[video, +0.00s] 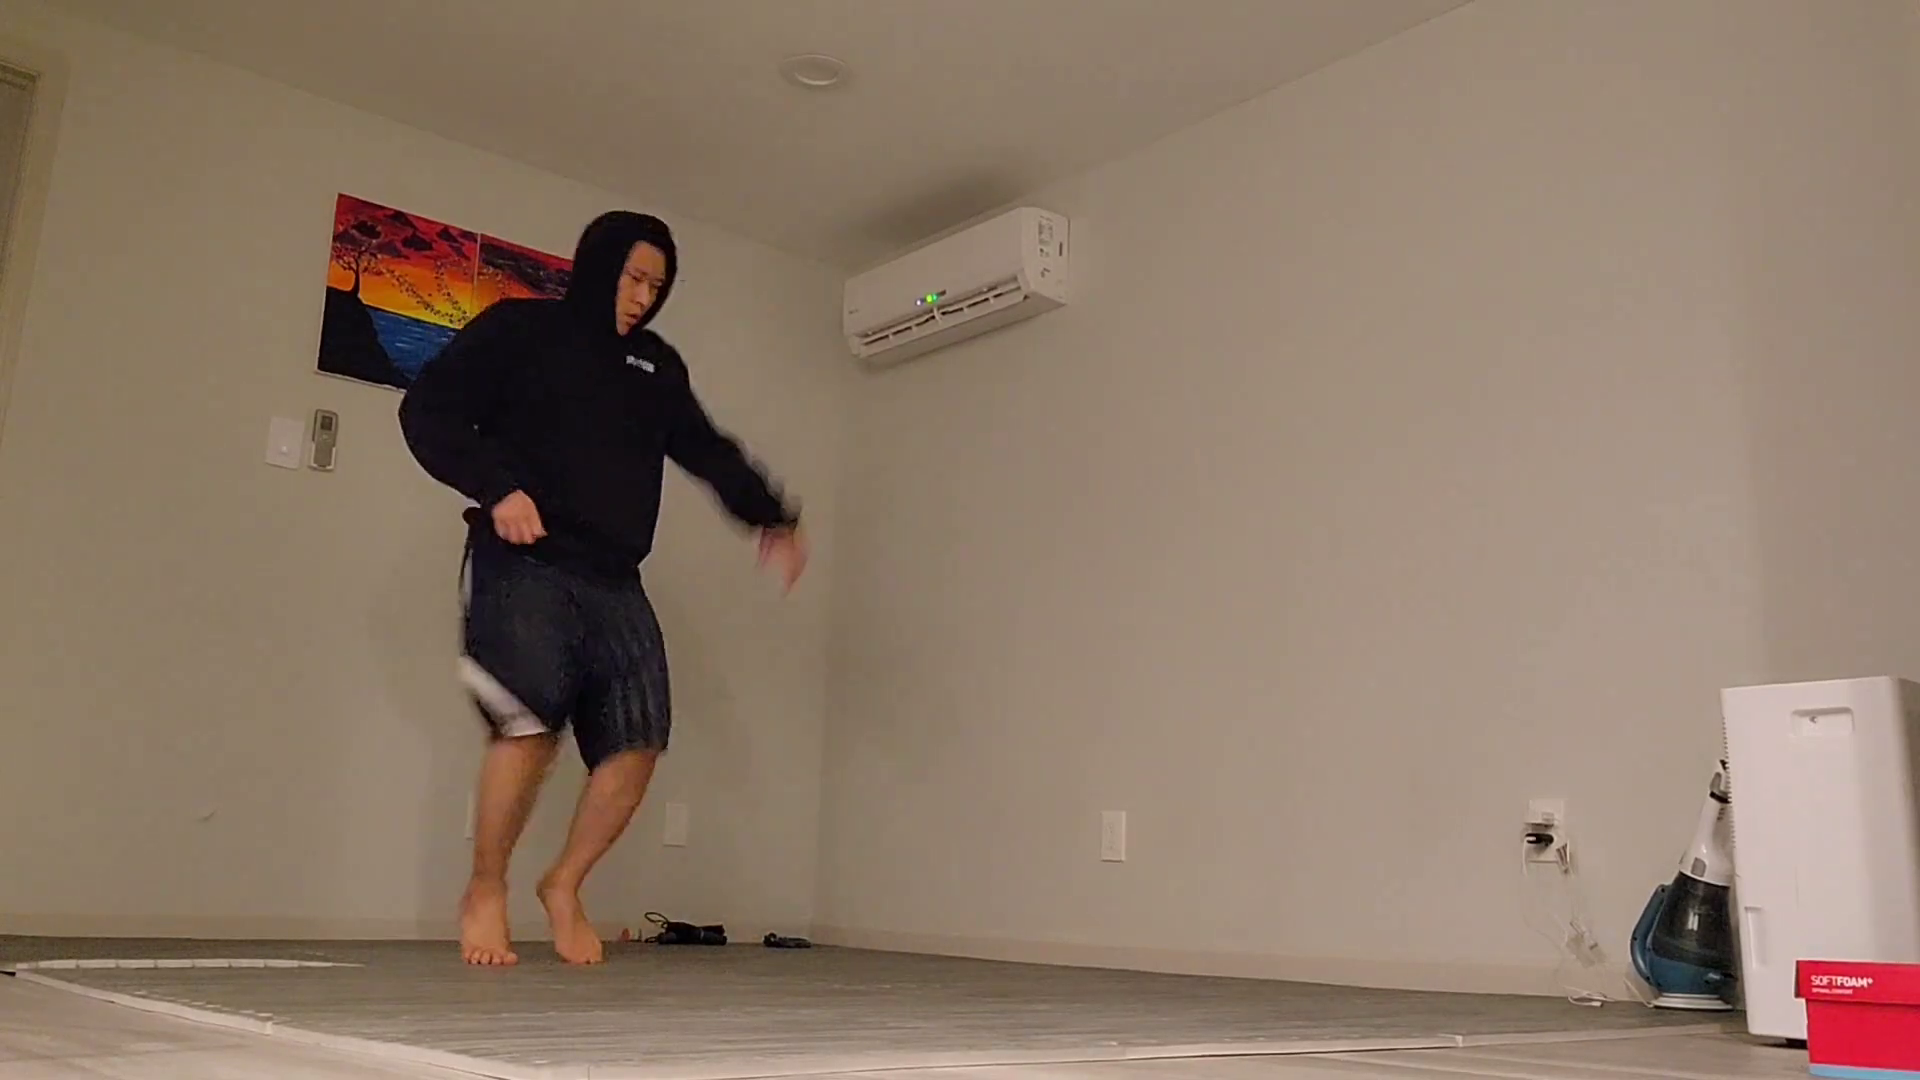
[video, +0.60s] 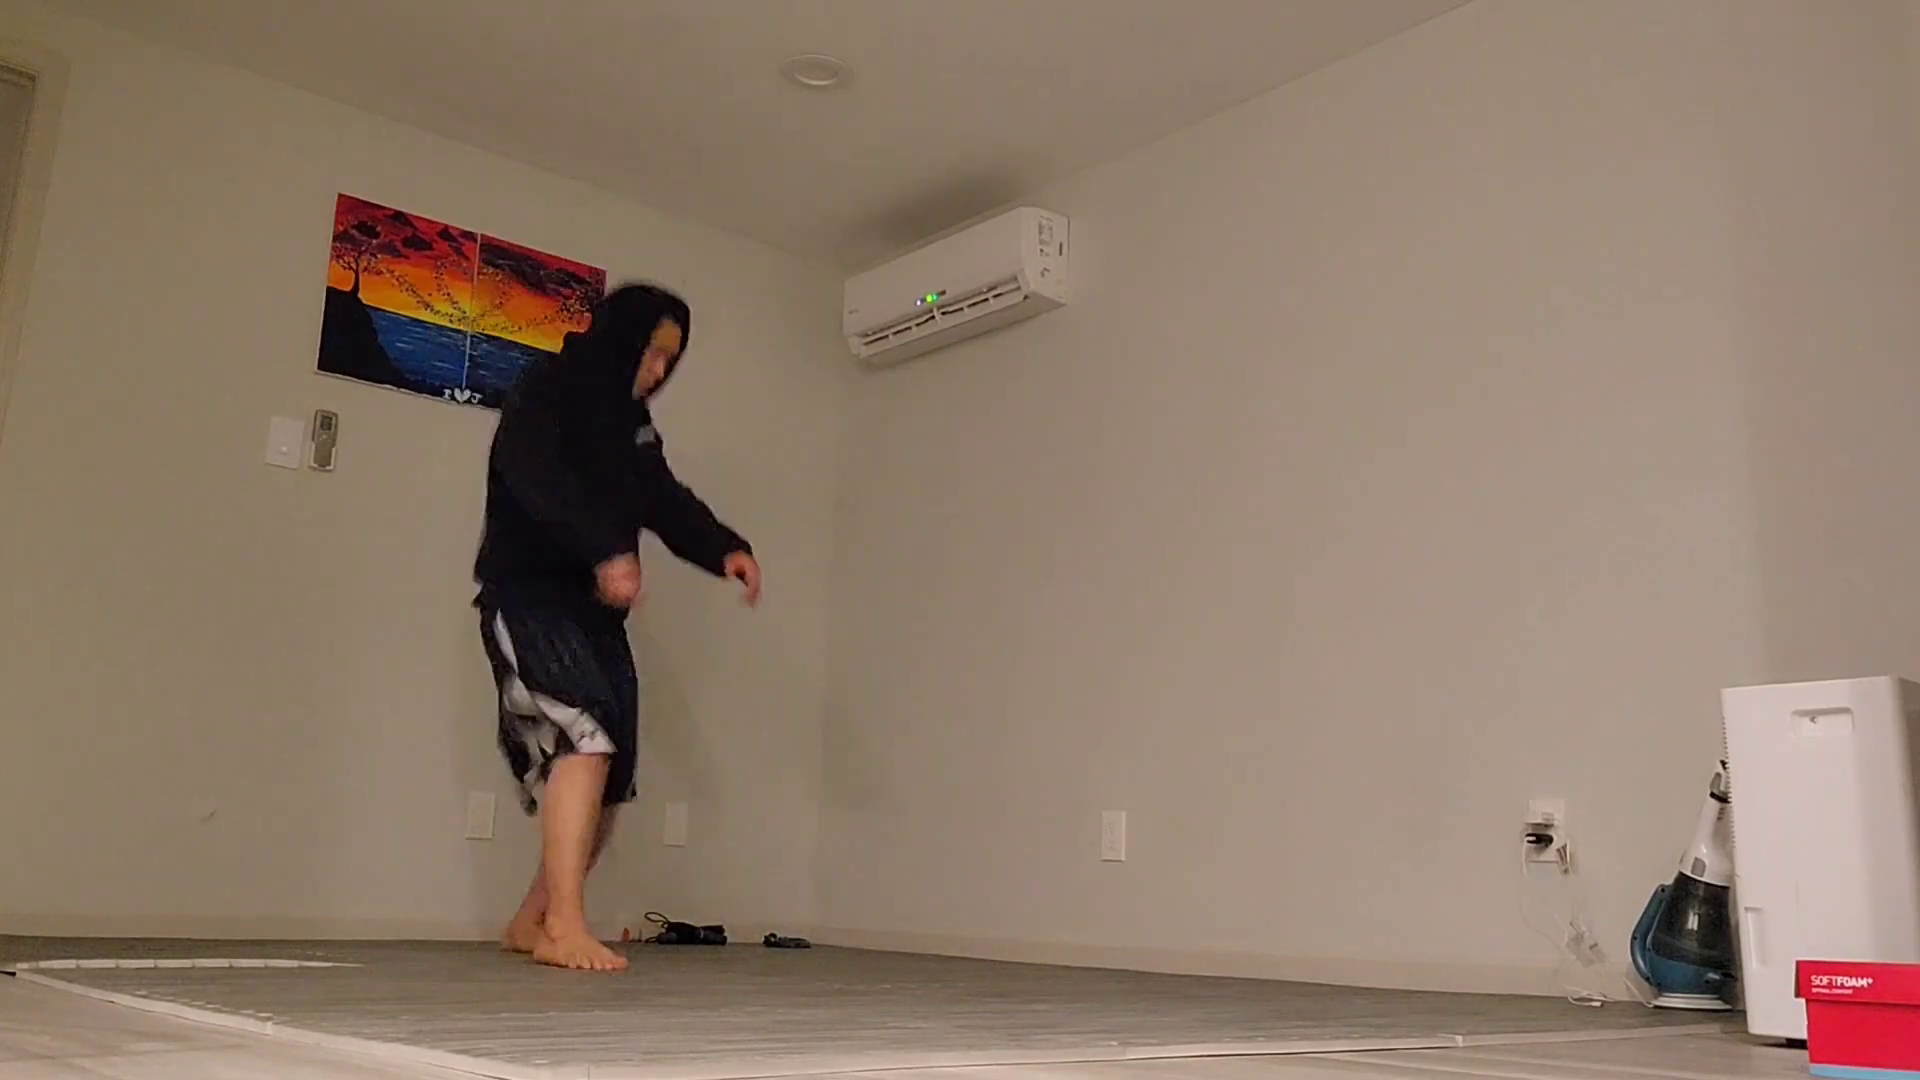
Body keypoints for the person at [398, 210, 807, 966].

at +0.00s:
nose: (643, 296)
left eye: (656, 286)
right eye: (634, 277)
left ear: (662, 292)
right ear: (594, 267)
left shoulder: (656, 367)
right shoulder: (517, 328)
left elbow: (704, 447)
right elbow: (426, 410)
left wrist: (768, 513)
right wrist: (497, 487)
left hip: (612, 577)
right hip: (521, 559)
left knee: (637, 740)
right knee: (528, 727)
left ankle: (563, 886)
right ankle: (486, 892)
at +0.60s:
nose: (660, 368)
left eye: (670, 358)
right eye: (656, 350)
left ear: (667, 361)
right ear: (619, 335)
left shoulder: (628, 415)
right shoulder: (552, 387)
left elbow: (659, 492)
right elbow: (534, 477)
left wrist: (721, 547)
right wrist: (606, 549)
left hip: (586, 601)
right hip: (525, 594)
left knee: (607, 766)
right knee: (584, 742)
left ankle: (533, 917)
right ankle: (564, 928)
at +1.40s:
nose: (657, 339)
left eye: (658, 330)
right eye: (649, 325)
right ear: (611, 313)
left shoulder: (616, 401)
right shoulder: (523, 341)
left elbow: (645, 473)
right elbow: (582, 369)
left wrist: (707, 531)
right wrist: (664, 333)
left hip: (565, 595)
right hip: (491, 580)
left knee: (580, 760)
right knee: (523, 725)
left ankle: (492, 902)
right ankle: (518, 912)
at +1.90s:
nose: (613, 343)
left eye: (628, 329)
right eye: (601, 327)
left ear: (644, 334)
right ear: (575, 326)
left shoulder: (668, 410)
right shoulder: (520, 398)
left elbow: (694, 517)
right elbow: (465, 496)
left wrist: (724, 607)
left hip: (627, 626)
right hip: (526, 623)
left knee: (681, 761)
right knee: (505, 770)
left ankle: (675, 901)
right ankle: (505, 923)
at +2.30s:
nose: (604, 308)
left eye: (620, 296)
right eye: (593, 290)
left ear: (637, 299)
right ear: (568, 284)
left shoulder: (660, 365)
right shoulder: (509, 352)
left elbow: (697, 459)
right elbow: (407, 416)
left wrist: (657, 515)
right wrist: (445, 490)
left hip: (638, 584)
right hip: (539, 584)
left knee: (666, 744)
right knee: (523, 760)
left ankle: (658, 871)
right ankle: (518, 924)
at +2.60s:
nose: (582, 300)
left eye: (599, 289)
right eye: (572, 281)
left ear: (614, 293)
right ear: (544, 275)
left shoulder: (619, 338)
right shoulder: (484, 350)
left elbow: (567, 378)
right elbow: (476, 466)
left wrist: (464, 380)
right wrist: (520, 537)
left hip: (590, 562)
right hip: (494, 559)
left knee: (552, 724)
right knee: (468, 750)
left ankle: (521, 920)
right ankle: (455, 918)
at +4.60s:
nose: (643, 265)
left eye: (658, 256)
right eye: (631, 247)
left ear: (666, 268)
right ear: (596, 247)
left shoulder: (666, 337)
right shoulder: (526, 326)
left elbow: (736, 305)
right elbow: (417, 296)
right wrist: (510, 267)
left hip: (635, 561)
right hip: (537, 554)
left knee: (649, 765)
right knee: (563, 727)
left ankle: (591, 927)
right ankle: (558, 928)